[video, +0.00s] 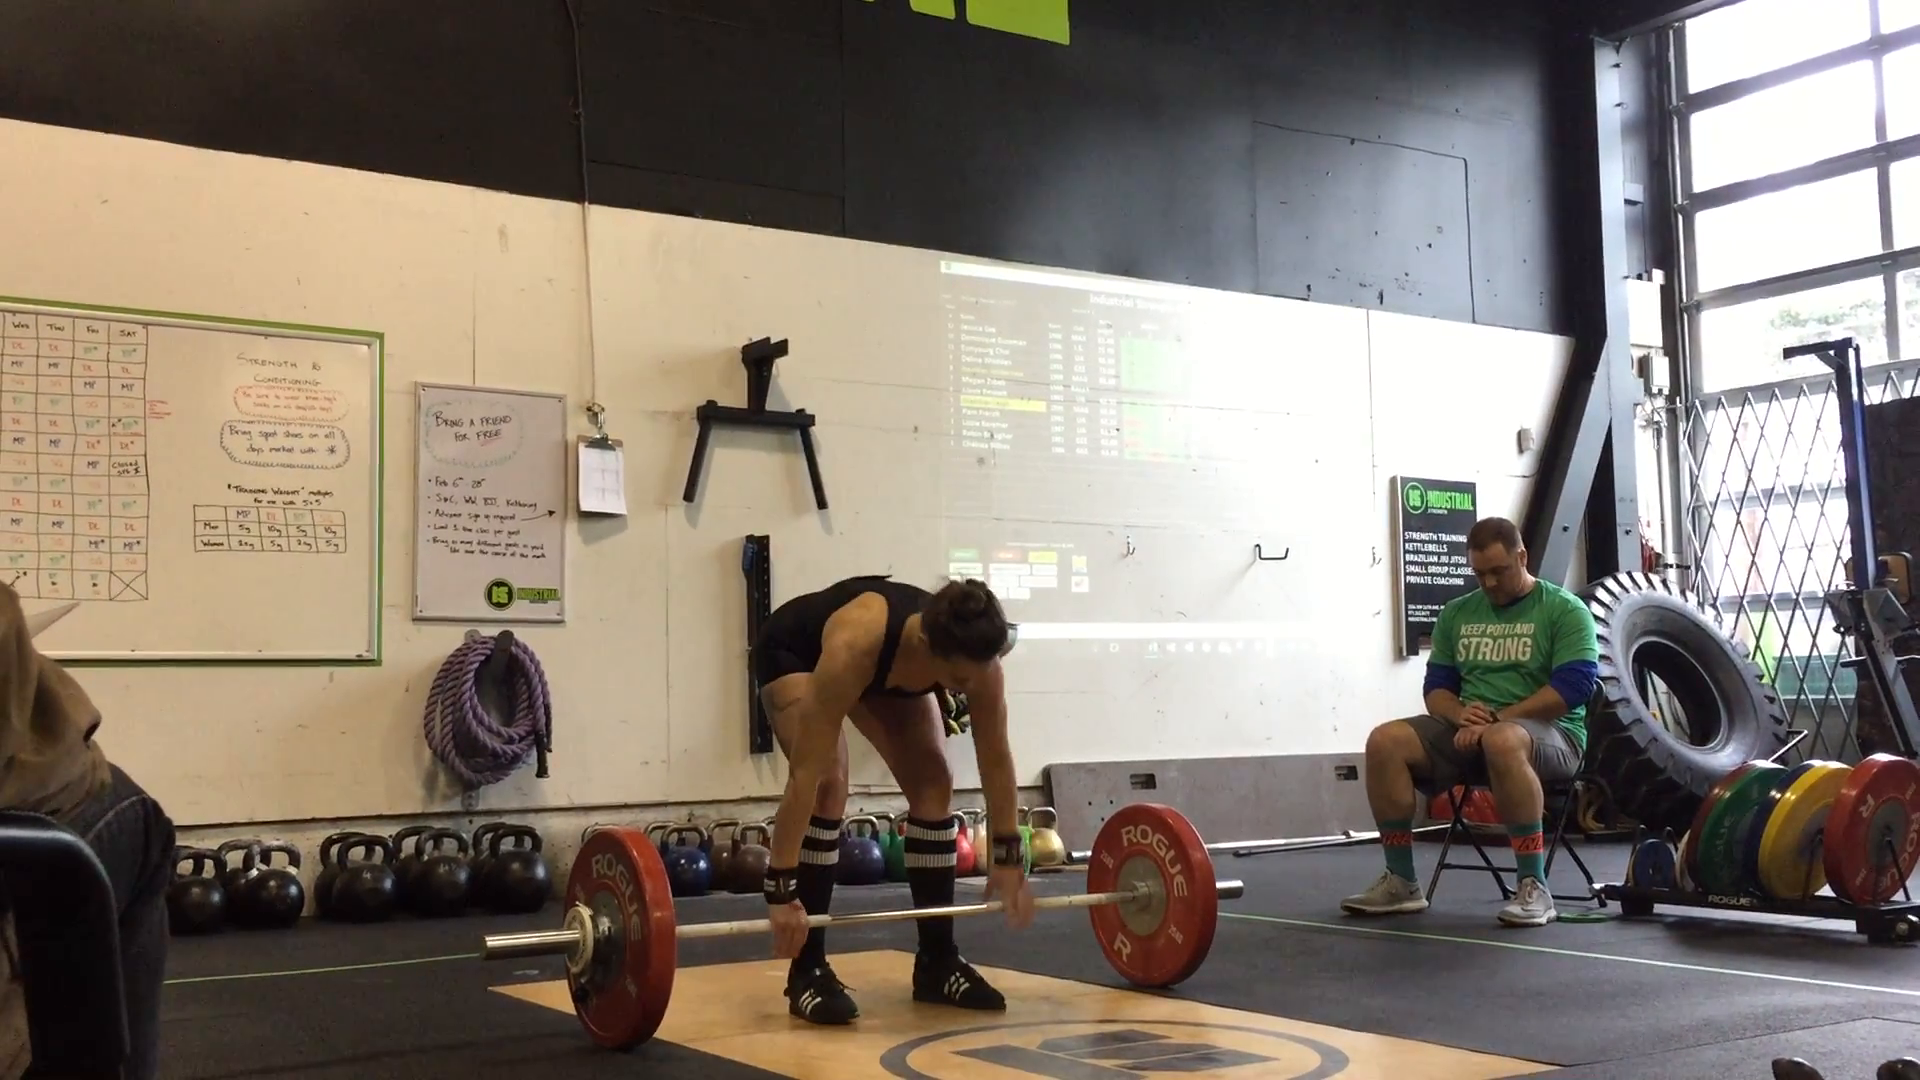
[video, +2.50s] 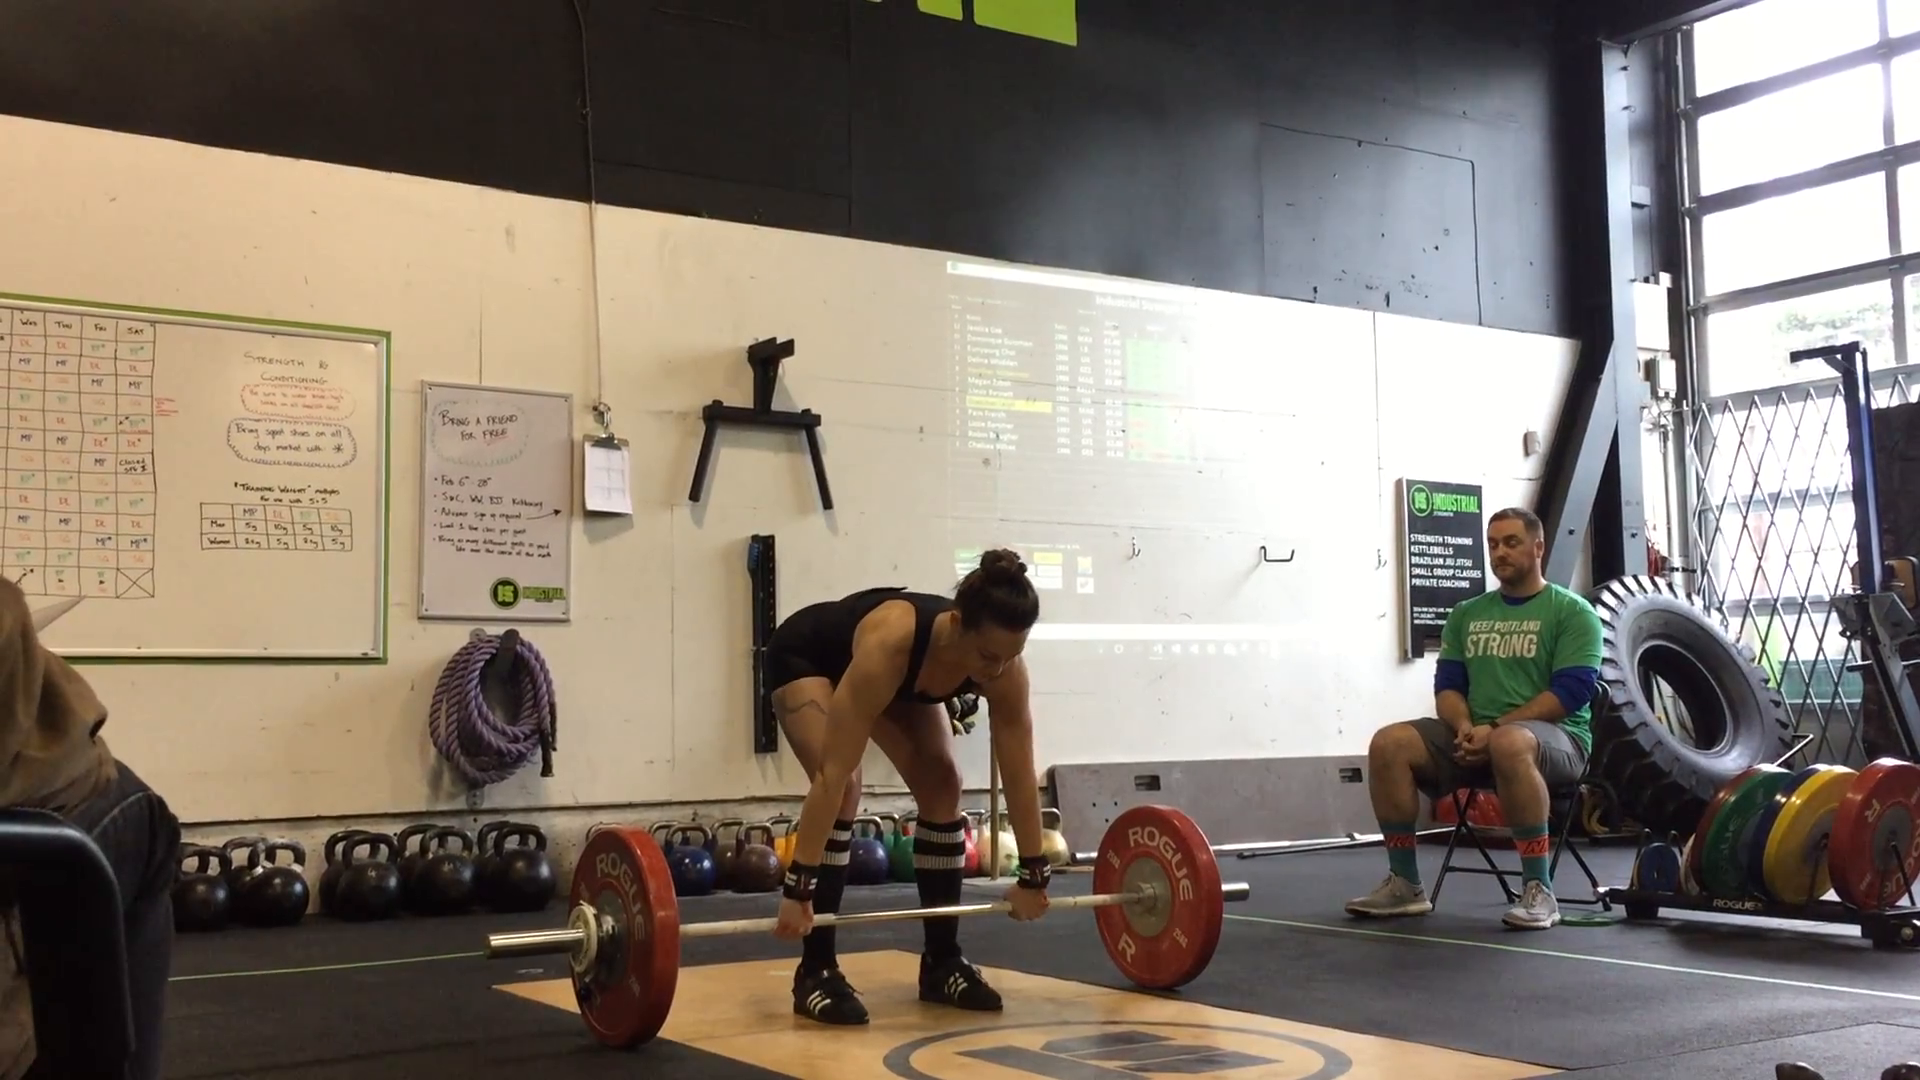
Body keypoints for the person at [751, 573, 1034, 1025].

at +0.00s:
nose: (968, 688)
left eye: (976, 676)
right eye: (958, 678)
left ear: (987, 656)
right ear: (927, 646)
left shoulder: (983, 662)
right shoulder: (853, 646)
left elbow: (995, 758)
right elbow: (806, 771)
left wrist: (1006, 854)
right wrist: (780, 887)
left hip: (885, 667)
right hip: (792, 655)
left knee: (933, 785)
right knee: (829, 786)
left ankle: (937, 963)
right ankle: (809, 972)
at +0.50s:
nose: (976, 679)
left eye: (989, 669)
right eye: (969, 664)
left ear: (1003, 653)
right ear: (941, 628)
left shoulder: (991, 668)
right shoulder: (870, 641)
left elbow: (1004, 766)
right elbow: (823, 769)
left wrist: (1022, 870)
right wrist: (791, 886)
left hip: (880, 671)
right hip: (789, 654)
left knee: (925, 786)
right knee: (829, 783)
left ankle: (934, 961)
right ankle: (809, 972)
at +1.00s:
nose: (981, 688)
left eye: (993, 678)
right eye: (972, 674)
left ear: (1009, 662)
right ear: (944, 636)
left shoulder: (1001, 682)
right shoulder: (874, 648)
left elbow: (1015, 779)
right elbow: (825, 771)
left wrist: (1029, 877)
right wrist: (788, 890)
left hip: (892, 679)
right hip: (801, 665)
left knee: (946, 786)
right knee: (842, 789)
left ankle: (937, 964)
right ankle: (812, 974)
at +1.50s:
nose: (985, 682)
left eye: (998, 672)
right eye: (976, 668)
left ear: (1013, 655)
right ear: (947, 632)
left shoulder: (1004, 680)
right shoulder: (882, 647)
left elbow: (1021, 782)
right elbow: (829, 777)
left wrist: (1031, 878)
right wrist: (790, 891)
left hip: (894, 676)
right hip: (803, 659)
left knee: (943, 785)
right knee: (837, 786)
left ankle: (938, 963)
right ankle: (810, 973)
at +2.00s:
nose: (996, 677)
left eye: (1008, 665)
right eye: (987, 663)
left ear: (1021, 649)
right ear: (952, 631)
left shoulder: (1010, 676)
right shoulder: (888, 645)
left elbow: (1023, 781)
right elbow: (833, 776)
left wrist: (1033, 877)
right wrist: (794, 890)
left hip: (903, 677)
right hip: (810, 659)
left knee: (951, 781)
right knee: (842, 789)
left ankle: (945, 959)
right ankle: (814, 971)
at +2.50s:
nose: (998, 671)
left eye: (1009, 659)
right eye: (988, 656)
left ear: (1022, 642)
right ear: (953, 626)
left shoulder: (1007, 673)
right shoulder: (889, 645)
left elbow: (1020, 778)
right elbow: (833, 773)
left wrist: (1033, 874)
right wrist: (798, 888)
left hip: (897, 675)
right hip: (805, 659)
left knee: (942, 787)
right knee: (842, 787)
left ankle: (942, 964)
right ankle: (817, 973)